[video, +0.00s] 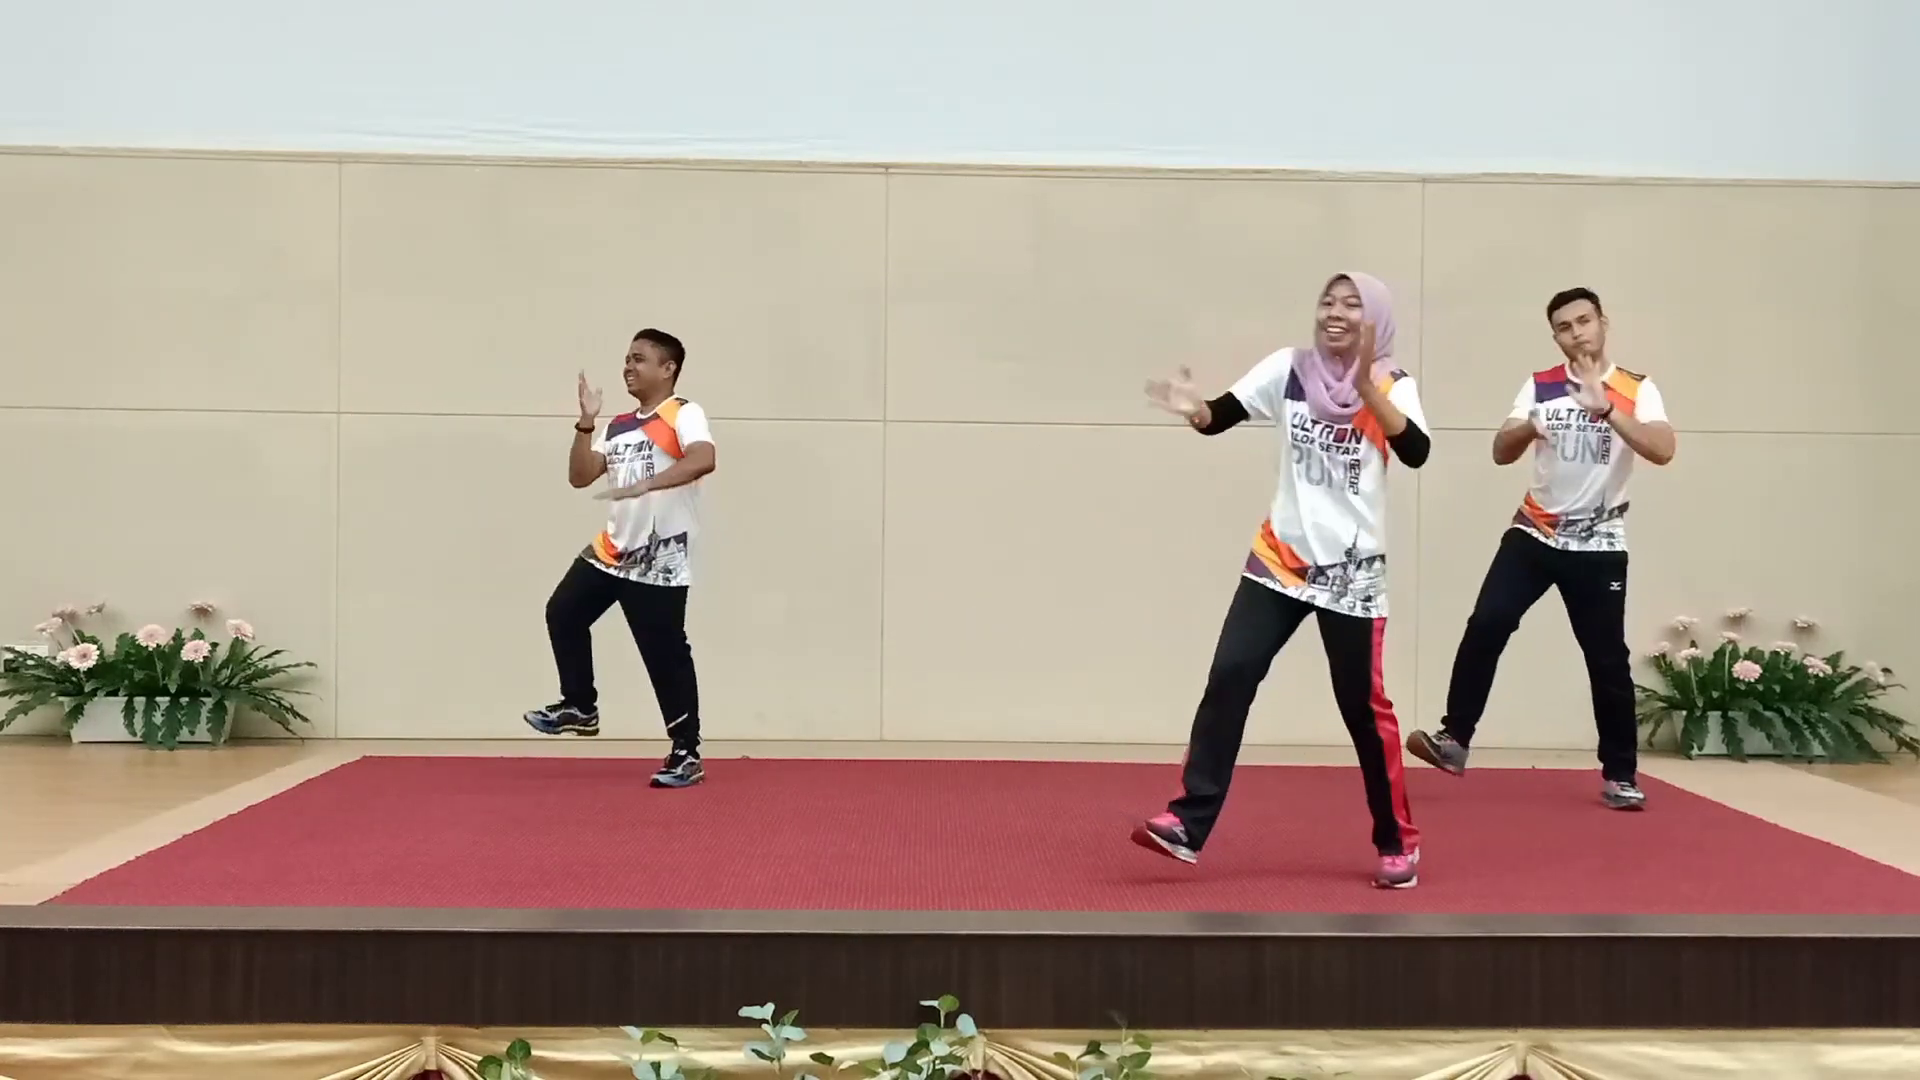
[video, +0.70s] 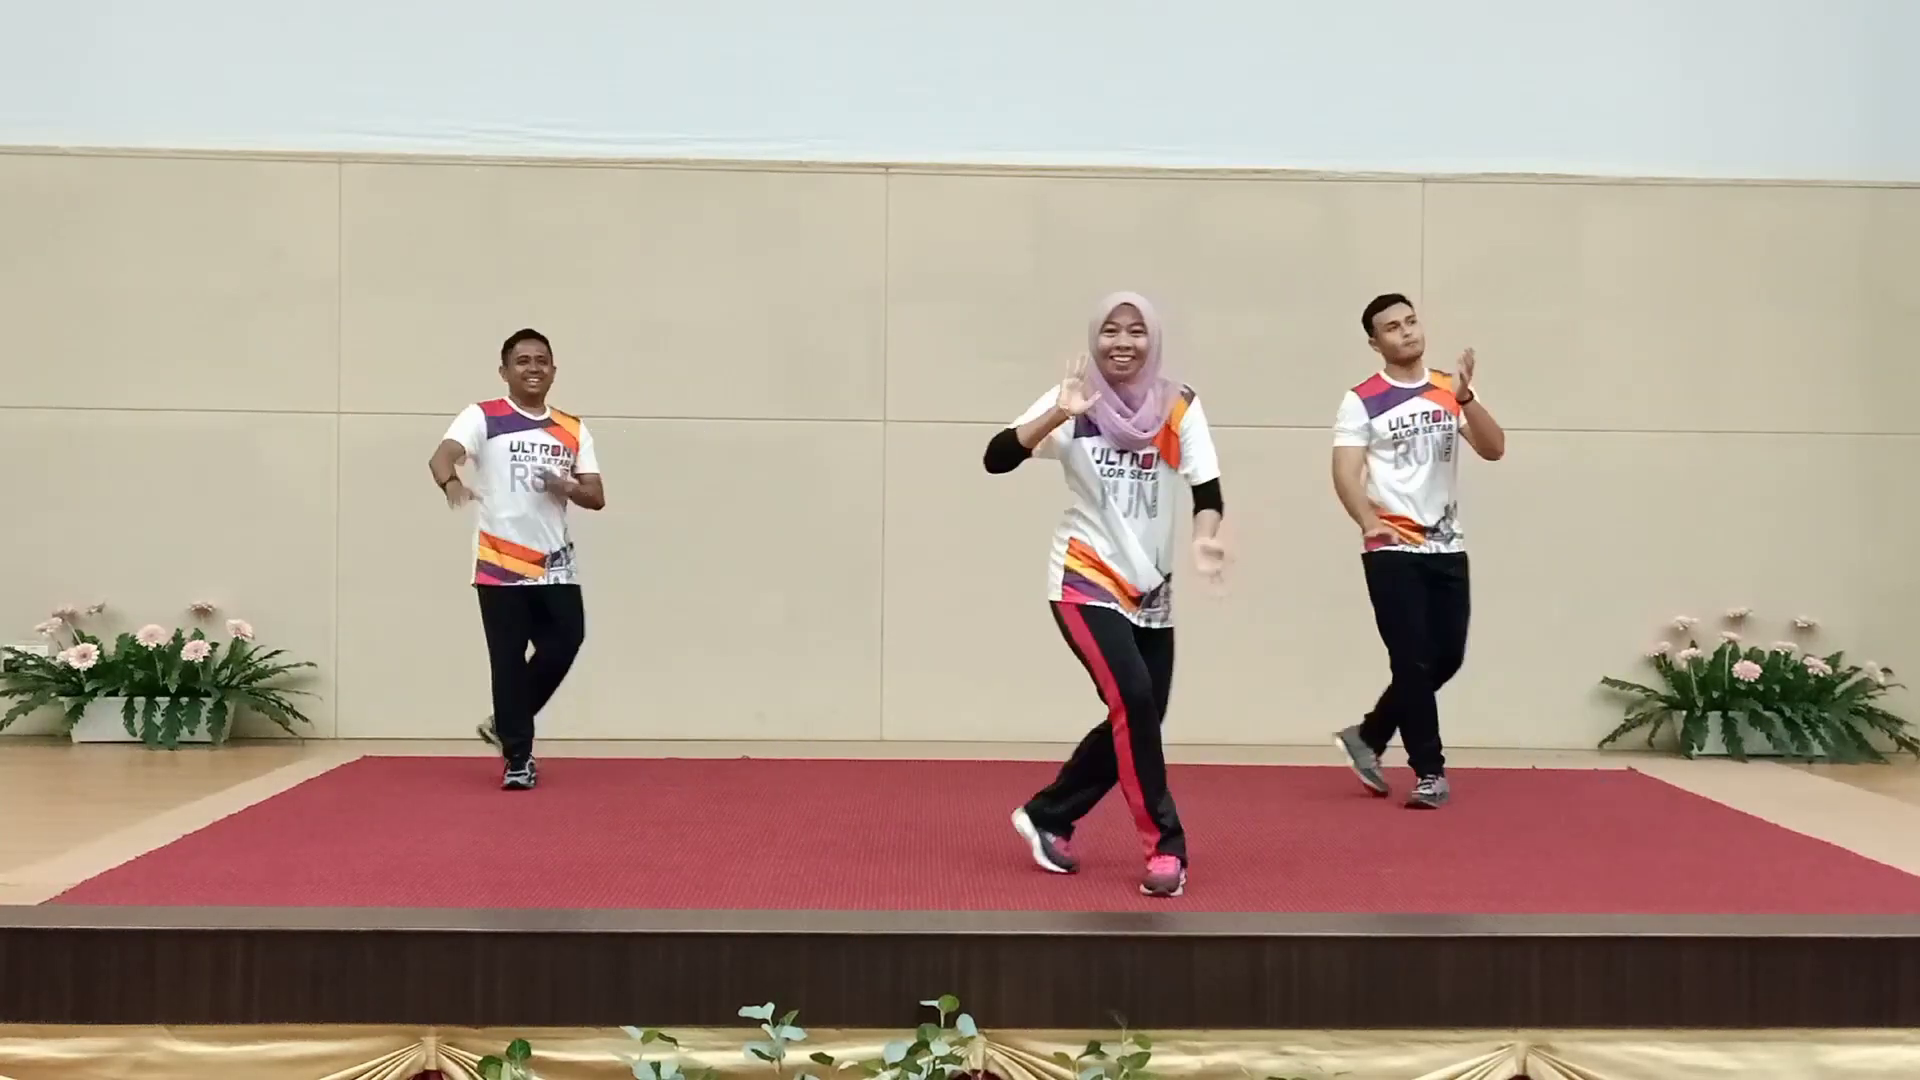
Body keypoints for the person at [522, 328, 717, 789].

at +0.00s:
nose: (627, 367)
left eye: (638, 360)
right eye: (628, 359)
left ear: (668, 368)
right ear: (632, 368)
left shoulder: (684, 413)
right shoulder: (618, 425)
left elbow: (703, 459)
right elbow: (580, 477)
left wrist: (644, 484)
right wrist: (585, 428)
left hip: (659, 561)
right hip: (610, 551)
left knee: (666, 655)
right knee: (563, 614)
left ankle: (685, 755)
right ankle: (579, 709)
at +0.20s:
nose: (601, 369)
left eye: (612, 361)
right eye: (599, 362)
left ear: (642, 370)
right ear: (598, 370)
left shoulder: (666, 414)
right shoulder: (585, 429)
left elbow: (698, 450)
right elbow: (560, 501)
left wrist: (640, 429)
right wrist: (585, 469)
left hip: (646, 563)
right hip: (590, 561)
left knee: (658, 656)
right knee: (557, 643)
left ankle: (687, 754)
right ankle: (543, 733)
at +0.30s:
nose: (590, 374)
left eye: (601, 366)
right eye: (585, 367)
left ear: (627, 376)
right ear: (579, 375)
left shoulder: (651, 425)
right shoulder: (560, 436)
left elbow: (687, 466)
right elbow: (539, 506)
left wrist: (641, 425)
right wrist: (569, 509)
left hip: (633, 575)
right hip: (575, 576)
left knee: (648, 661)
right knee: (554, 661)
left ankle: (687, 754)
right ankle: (527, 756)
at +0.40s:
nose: (576, 372)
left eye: (587, 365)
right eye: (570, 365)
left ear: (606, 375)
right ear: (559, 372)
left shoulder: (631, 428)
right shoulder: (534, 432)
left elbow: (665, 481)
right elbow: (505, 502)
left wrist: (626, 431)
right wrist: (542, 536)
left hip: (613, 575)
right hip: (552, 576)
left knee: (640, 661)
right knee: (537, 666)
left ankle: (681, 752)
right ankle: (523, 760)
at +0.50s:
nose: (562, 369)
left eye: (572, 362)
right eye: (553, 362)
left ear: (588, 372)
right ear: (540, 371)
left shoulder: (610, 428)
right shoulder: (514, 423)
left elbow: (639, 491)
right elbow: (478, 486)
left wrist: (604, 448)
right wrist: (502, 542)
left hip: (592, 567)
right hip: (531, 570)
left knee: (621, 657)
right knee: (525, 667)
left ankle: (646, 744)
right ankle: (522, 759)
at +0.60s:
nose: (549, 369)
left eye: (558, 362)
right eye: (538, 361)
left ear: (570, 370)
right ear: (522, 370)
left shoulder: (591, 430)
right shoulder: (498, 418)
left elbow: (616, 496)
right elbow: (458, 469)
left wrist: (582, 465)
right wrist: (465, 520)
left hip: (573, 566)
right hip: (514, 565)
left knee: (594, 640)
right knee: (516, 664)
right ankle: (520, 758)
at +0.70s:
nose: (533, 368)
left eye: (541, 361)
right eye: (523, 361)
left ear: (553, 369)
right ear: (505, 370)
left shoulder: (573, 430)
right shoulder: (481, 416)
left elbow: (596, 497)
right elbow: (441, 459)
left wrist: (570, 486)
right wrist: (451, 485)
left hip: (553, 565)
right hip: (499, 563)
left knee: (564, 644)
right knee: (509, 662)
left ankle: (505, 722)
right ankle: (519, 759)